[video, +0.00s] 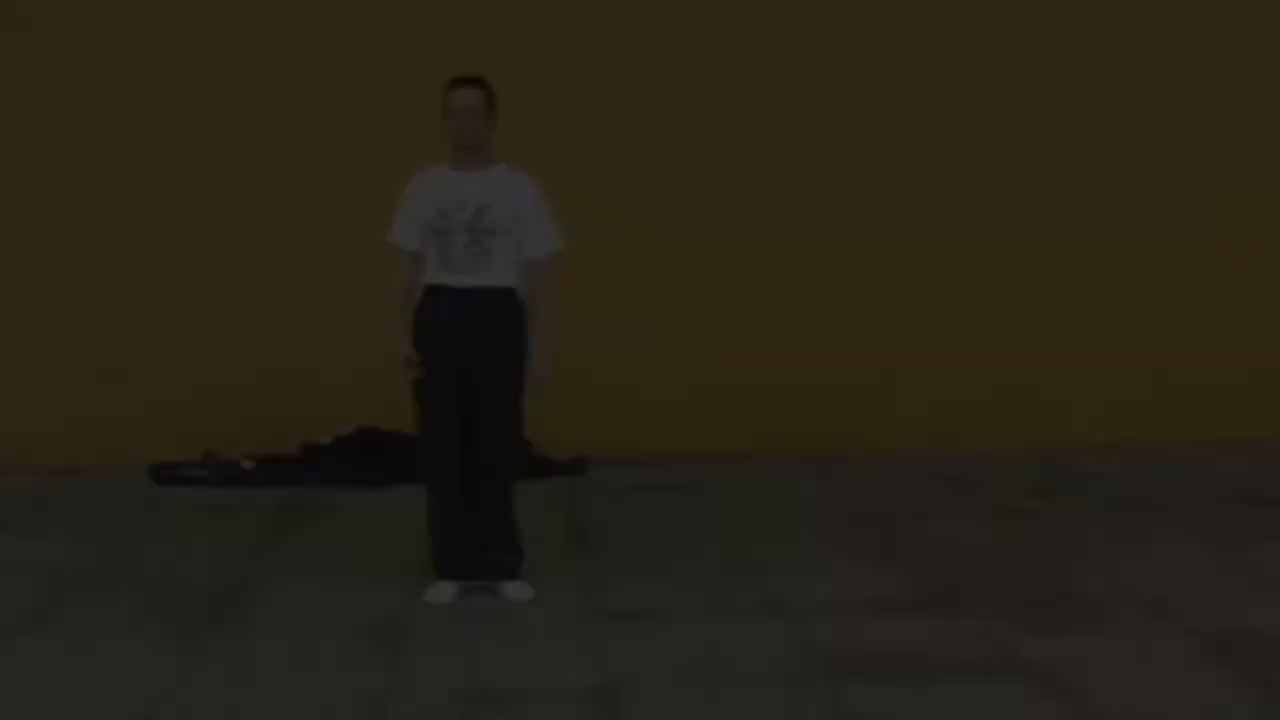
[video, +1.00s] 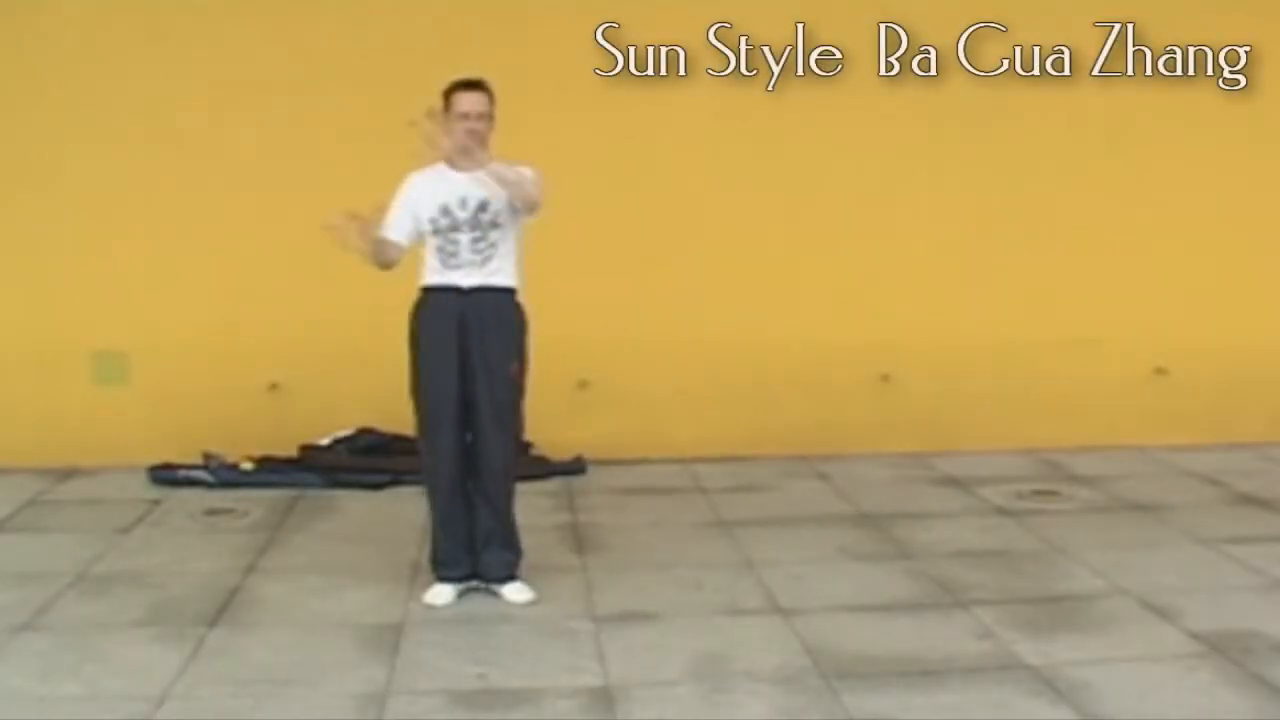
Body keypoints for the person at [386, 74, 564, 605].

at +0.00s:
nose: (465, 125)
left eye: (474, 114)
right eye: (455, 115)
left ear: (492, 120)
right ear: (444, 121)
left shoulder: (517, 187)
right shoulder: (426, 186)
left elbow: (538, 271)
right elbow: (409, 268)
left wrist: (537, 349)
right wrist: (406, 342)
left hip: (498, 312)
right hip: (441, 312)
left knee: (498, 440)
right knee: (445, 441)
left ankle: (503, 565)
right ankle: (450, 567)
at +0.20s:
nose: (451, 124)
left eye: (461, 115)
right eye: (444, 115)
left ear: (485, 121)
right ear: (437, 122)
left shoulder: (510, 186)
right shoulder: (428, 186)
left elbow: (528, 271)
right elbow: (414, 261)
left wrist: (524, 351)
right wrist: (396, 322)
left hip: (488, 308)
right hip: (434, 310)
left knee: (489, 444)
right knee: (439, 443)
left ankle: (497, 564)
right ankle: (450, 566)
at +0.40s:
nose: (444, 125)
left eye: (456, 116)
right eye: (439, 116)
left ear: (483, 121)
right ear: (434, 122)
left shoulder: (505, 186)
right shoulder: (433, 186)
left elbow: (503, 273)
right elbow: (422, 263)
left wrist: (468, 344)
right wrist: (389, 322)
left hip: (487, 310)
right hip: (436, 307)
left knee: (485, 444)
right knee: (437, 444)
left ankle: (497, 564)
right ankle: (451, 567)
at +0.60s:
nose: (446, 126)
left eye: (457, 116)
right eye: (441, 117)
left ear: (484, 121)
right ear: (435, 123)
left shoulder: (506, 181)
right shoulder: (433, 186)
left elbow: (482, 256)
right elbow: (419, 262)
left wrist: (427, 280)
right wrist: (367, 308)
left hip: (489, 312)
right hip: (436, 315)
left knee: (489, 445)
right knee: (440, 446)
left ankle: (497, 567)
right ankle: (452, 569)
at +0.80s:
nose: (456, 126)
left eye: (467, 117)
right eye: (448, 117)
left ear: (488, 122)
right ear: (439, 123)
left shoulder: (513, 179)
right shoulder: (427, 185)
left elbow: (483, 229)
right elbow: (396, 256)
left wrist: (398, 206)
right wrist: (325, 274)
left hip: (493, 318)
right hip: (437, 317)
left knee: (491, 445)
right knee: (439, 447)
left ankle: (500, 568)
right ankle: (451, 570)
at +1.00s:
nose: (473, 127)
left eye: (482, 118)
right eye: (462, 118)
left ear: (493, 124)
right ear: (444, 124)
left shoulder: (511, 177)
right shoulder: (422, 184)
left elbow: (530, 201)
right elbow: (389, 255)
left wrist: (472, 163)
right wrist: (366, 240)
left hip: (496, 312)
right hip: (438, 313)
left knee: (497, 443)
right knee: (442, 445)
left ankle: (500, 568)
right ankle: (451, 570)